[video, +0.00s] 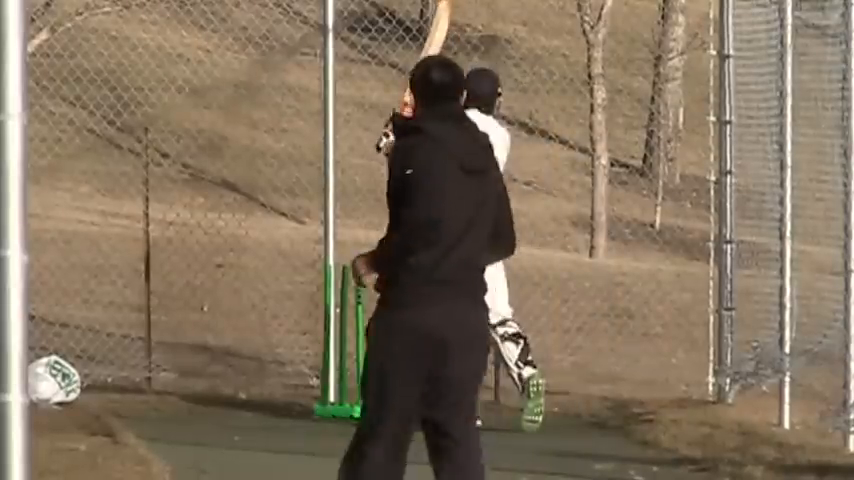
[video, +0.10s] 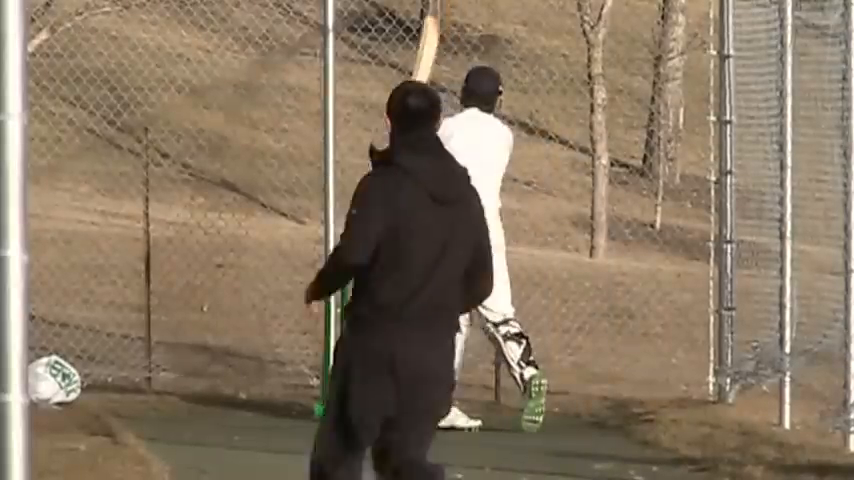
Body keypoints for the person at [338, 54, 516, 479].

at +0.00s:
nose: (405, 95)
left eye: (408, 89)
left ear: (415, 97)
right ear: (459, 98)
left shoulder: (411, 148)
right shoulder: (480, 149)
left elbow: (412, 229)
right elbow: (502, 242)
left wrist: (374, 260)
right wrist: (444, 250)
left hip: (407, 319)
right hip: (466, 321)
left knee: (381, 442)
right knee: (456, 441)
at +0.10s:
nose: (384, 121)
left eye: (386, 116)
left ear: (390, 121)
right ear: (437, 122)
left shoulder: (381, 183)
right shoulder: (463, 190)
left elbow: (353, 255)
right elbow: (481, 283)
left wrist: (320, 287)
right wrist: (435, 307)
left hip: (373, 357)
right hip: (432, 363)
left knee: (335, 462)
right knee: (403, 460)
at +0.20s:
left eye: (375, 116)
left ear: (376, 121)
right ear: (422, 121)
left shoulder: (358, 184)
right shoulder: (452, 188)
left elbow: (308, 266)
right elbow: (481, 272)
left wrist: (304, 259)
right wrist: (437, 314)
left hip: (360, 341)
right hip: (421, 348)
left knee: (337, 452)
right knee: (380, 450)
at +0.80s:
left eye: (419, 114)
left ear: (418, 116)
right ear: (463, 118)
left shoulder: (393, 166)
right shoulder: (487, 181)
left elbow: (357, 229)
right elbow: (509, 263)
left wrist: (352, 266)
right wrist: (458, 271)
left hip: (383, 312)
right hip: (441, 319)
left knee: (368, 414)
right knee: (400, 420)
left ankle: (357, 472)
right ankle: (360, 469)